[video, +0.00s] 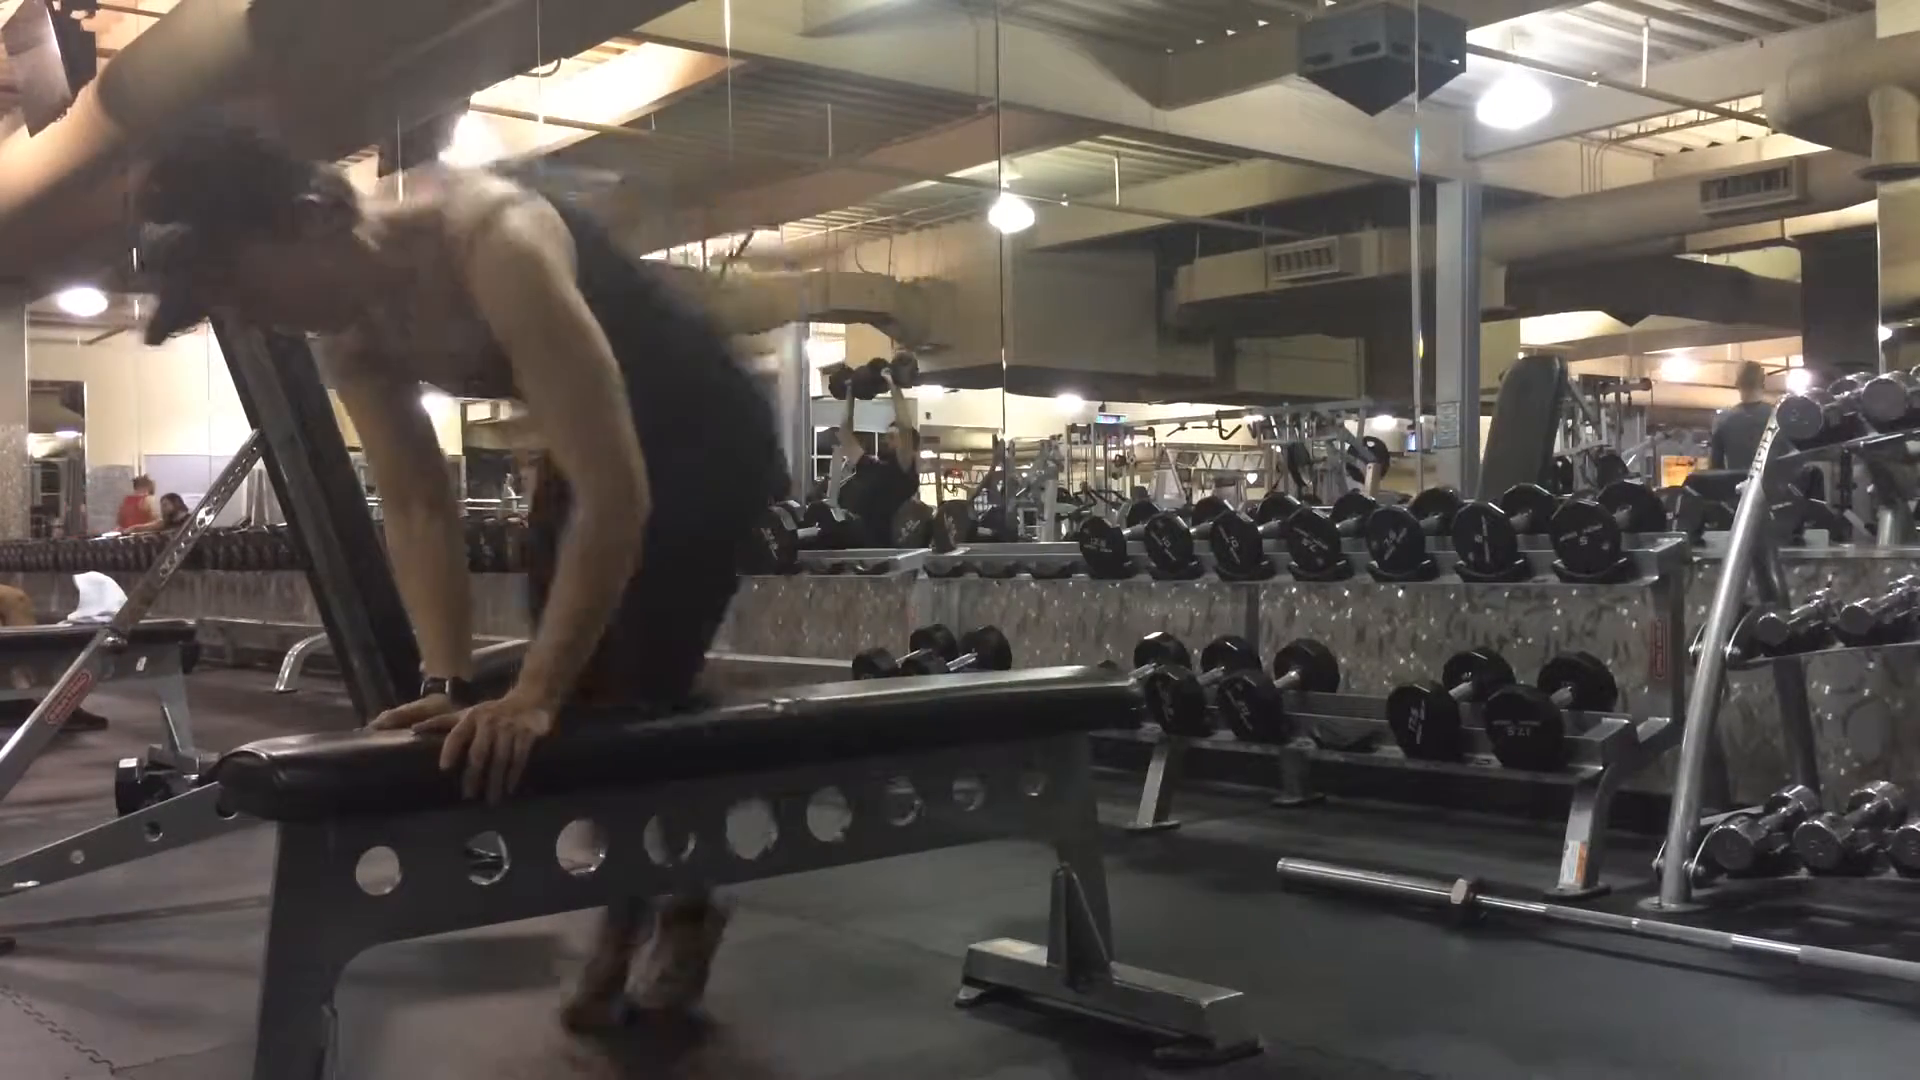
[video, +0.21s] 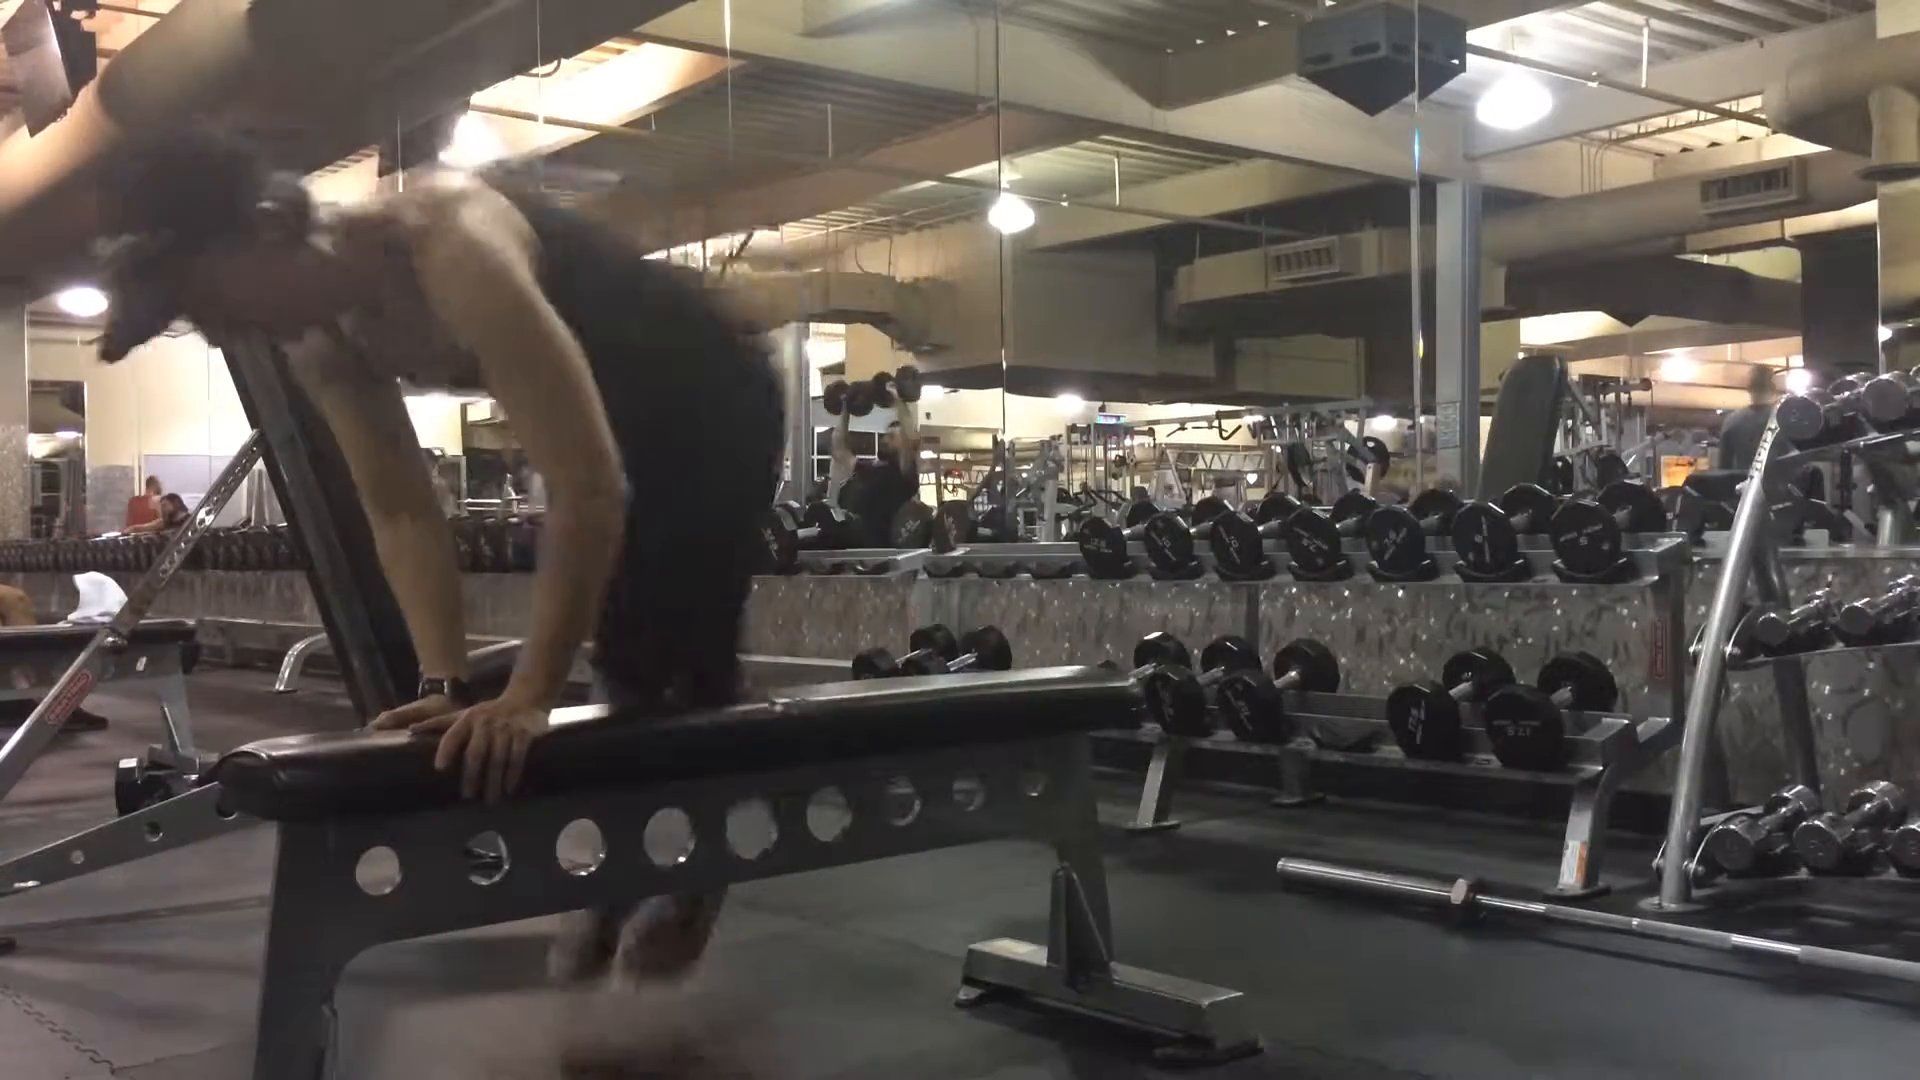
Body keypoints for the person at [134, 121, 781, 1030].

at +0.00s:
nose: (252, 327)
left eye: (243, 293)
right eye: (230, 312)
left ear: (301, 220)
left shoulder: (499, 246)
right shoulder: (348, 333)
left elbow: (615, 490)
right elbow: (414, 500)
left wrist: (535, 693)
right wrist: (445, 683)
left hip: (703, 433)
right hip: (583, 450)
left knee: (632, 686)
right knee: (561, 691)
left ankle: (687, 900)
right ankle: (624, 900)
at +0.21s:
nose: (228, 337)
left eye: (217, 308)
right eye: (206, 326)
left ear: (274, 227)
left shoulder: (456, 241)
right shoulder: (317, 329)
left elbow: (589, 482)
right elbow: (400, 506)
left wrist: (531, 692)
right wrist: (442, 681)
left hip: (708, 390)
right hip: (604, 417)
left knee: (673, 655)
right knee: (610, 655)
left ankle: (695, 851)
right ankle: (613, 861)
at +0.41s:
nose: (229, 361)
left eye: (211, 333)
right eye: (203, 347)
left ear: (255, 242)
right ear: (250, 248)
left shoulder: (435, 220)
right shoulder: (340, 295)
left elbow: (544, 472)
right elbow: (405, 492)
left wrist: (524, 696)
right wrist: (445, 680)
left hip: (758, 217)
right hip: (654, 256)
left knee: (709, 494)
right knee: (614, 516)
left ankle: (891, 483)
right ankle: (847, 491)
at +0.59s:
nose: (229, 331)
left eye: (208, 304)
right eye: (203, 323)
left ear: (243, 215)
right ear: (242, 221)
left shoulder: (428, 204)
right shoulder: (360, 276)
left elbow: (535, 451)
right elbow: (423, 486)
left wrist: (523, 691)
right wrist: (446, 684)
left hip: (801, 215)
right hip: (730, 270)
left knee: (784, 522)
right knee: (740, 542)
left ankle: (1076, 525)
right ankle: (1027, 561)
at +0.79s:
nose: (281, 314)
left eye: (268, 282)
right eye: (261, 298)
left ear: (320, 212)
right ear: (307, 231)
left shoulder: (490, 241)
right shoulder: (434, 292)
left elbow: (576, 501)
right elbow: (491, 501)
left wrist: (528, 703)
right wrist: (460, 676)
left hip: (867, 456)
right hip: (823, 482)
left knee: (923, 819)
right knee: (902, 810)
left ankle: (1208, 1048)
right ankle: (1136, 988)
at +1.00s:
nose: (228, 317)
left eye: (208, 292)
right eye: (205, 309)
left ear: (247, 204)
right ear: (250, 209)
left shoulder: (433, 217)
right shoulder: (361, 270)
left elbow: (532, 465)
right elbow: (420, 482)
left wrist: (525, 688)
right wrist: (446, 673)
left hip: (830, 260)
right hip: (785, 297)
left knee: (933, 573)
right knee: (909, 585)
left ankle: (1136, 832)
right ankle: (1093, 845)